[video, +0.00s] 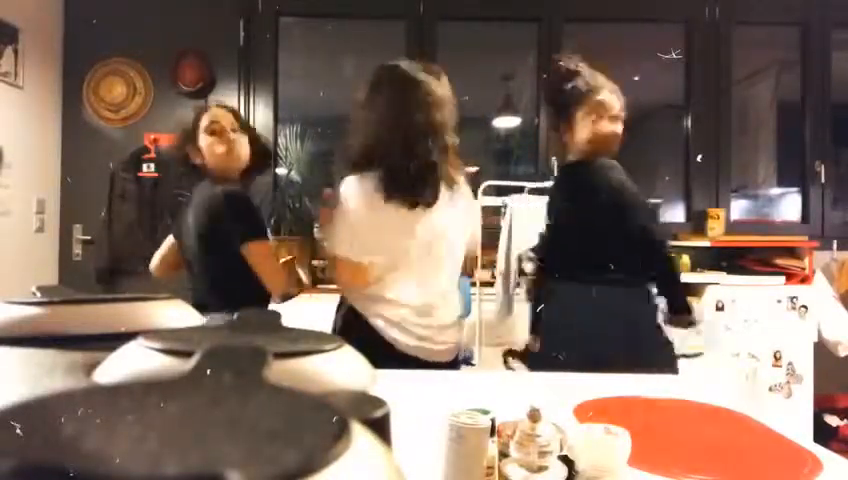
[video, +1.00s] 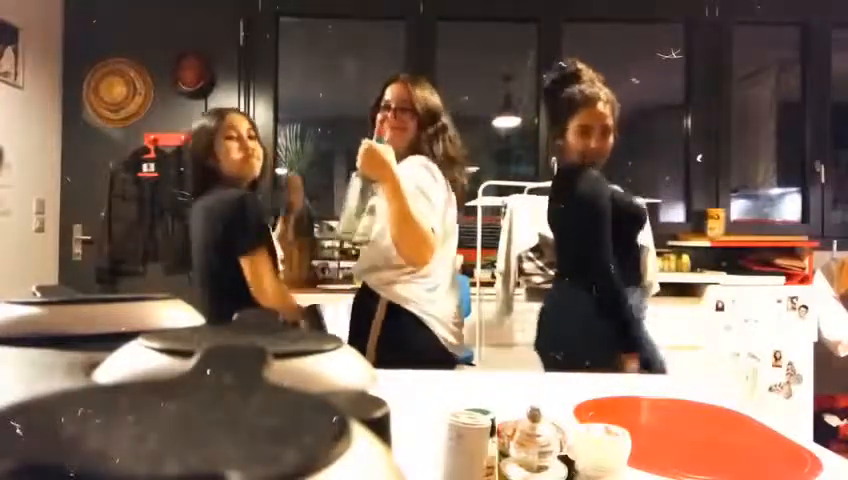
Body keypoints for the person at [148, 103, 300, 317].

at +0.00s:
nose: (229, 137)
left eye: (236, 130)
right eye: (214, 131)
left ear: (249, 143)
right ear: (195, 153)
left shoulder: (197, 199)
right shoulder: (232, 200)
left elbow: (160, 267)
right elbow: (279, 285)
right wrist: (292, 269)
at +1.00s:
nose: (248, 146)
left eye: (252, 137)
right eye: (232, 138)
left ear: (260, 145)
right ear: (209, 154)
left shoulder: (201, 206)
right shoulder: (242, 204)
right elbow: (266, 291)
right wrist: (298, 314)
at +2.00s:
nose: (213, 150)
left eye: (218, 144)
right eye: (197, 143)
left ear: (225, 158)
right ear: (173, 163)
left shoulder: (205, 213)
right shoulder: (177, 208)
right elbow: (148, 282)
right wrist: (231, 296)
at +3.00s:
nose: (215, 135)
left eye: (221, 127)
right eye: (200, 128)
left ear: (231, 137)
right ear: (177, 145)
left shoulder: (212, 196)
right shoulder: (186, 191)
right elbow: (165, 266)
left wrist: (251, 276)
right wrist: (241, 279)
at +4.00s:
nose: (222, 139)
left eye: (227, 131)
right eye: (206, 131)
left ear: (236, 141)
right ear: (181, 148)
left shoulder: (212, 202)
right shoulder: (187, 198)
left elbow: (222, 278)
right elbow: (173, 275)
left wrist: (268, 292)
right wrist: (247, 285)